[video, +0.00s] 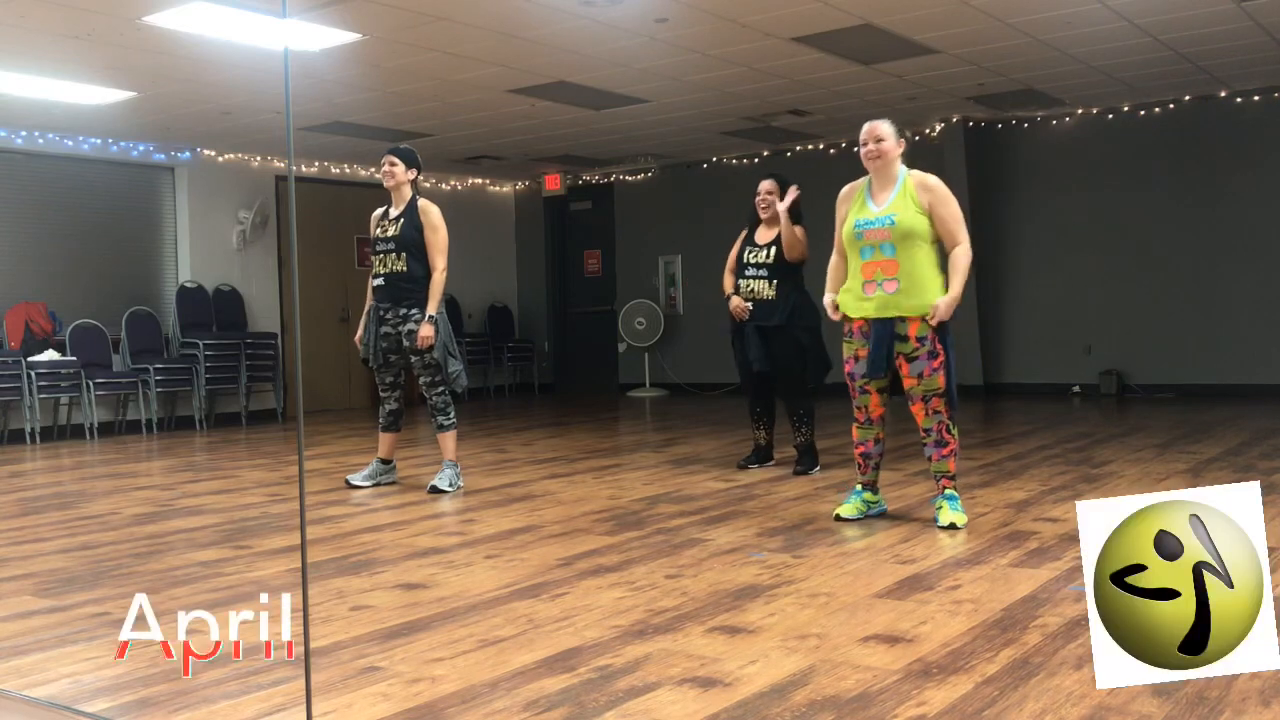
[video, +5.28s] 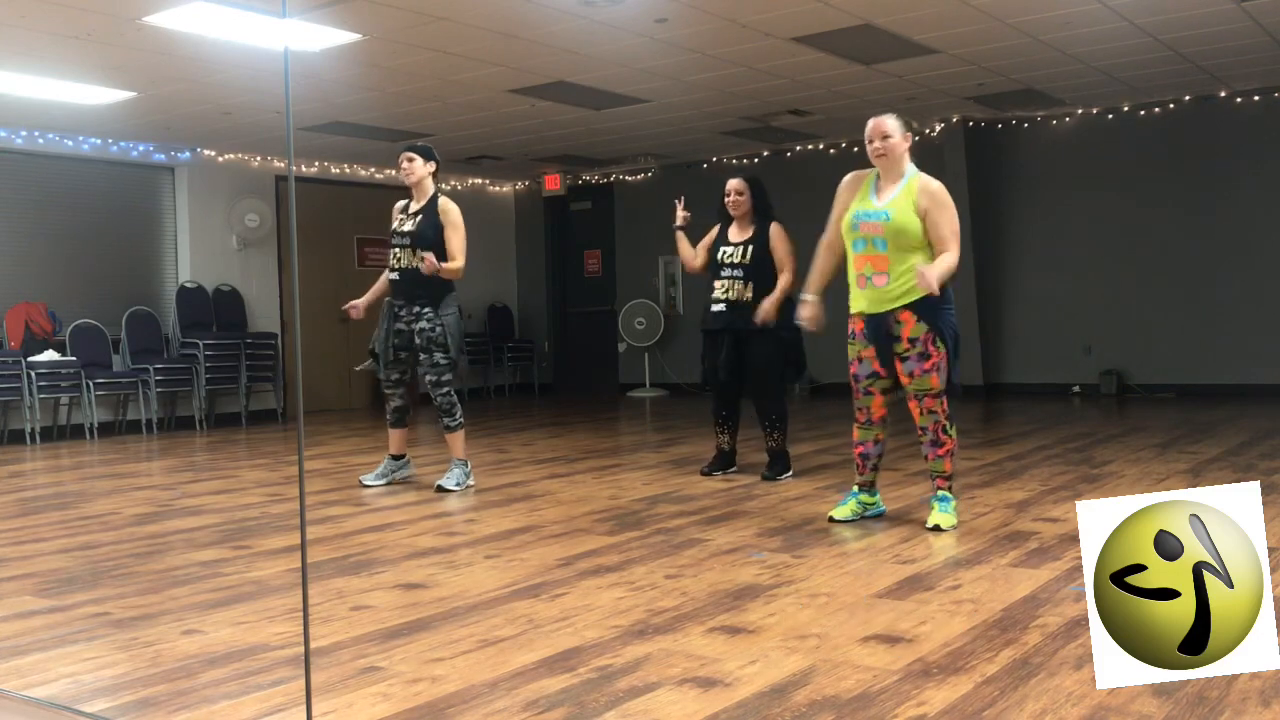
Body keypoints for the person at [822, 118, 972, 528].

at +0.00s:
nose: (870, 148)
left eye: (879, 140)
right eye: (864, 143)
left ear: (900, 146)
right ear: (859, 153)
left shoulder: (926, 187)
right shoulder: (849, 196)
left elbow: (959, 245)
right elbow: (840, 251)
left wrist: (952, 296)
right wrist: (831, 290)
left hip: (917, 319)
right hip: (861, 321)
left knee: (931, 408)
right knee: (865, 409)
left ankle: (947, 495)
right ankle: (867, 492)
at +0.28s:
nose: (855, 148)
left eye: (863, 141)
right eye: (849, 144)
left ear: (882, 149)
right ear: (841, 156)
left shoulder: (909, 191)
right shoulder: (830, 204)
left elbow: (941, 253)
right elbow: (812, 267)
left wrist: (932, 243)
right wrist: (785, 266)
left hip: (902, 315)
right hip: (846, 321)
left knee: (921, 404)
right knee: (857, 409)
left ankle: (945, 493)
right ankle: (865, 492)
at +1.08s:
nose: (908, 145)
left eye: (918, 138)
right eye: (903, 139)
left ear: (940, 145)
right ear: (896, 148)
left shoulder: (960, 192)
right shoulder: (879, 198)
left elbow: (992, 245)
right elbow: (862, 256)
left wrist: (970, 272)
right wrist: (844, 280)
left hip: (948, 314)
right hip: (893, 319)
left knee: (957, 405)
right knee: (886, 407)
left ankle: (965, 496)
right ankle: (872, 492)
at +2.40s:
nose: (849, 147)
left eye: (856, 140)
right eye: (841, 144)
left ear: (875, 148)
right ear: (834, 156)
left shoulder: (905, 189)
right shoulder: (822, 203)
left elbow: (938, 249)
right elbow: (816, 266)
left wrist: (954, 304)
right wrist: (806, 309)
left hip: (906, 311)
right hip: (848, 319)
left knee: (928, 401)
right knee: (861, 408)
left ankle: (955, 493)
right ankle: (869, 492)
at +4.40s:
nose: (881, 134)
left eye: (891, 127)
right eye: (876, 130)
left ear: (912, 139)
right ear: (869, 144)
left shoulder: (932, 185)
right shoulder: (856, 186)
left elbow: (944, 247)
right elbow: (845, 246)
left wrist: (939, 302)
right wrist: (837, 296)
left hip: (924, 311)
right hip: (870, 314)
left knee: (938, 401)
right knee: (842, 382)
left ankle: (952, 492)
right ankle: (864, 476)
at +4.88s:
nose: (868, 138)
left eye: (876, 131)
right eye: (860, 134)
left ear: (893, 140)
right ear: (851, 147)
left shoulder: (921, 182)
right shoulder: (838, 197)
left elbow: (956, 242)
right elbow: (821, 257)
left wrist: (978, 298)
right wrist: (783, 289)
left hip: (915, 309)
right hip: (857, 314)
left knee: (934, 399)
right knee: (857, 402)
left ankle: (948, 492)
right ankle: (863, 491)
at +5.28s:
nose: (876, 145)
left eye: (885, 137)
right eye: (870, 140)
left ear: (907, 141)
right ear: (865, 148)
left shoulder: (929, 191)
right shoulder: (852, 185)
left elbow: (950, 251)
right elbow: (831, 242)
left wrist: (934, 271)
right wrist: (812, 293)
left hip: (918, 312)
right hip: (864, 315)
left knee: (928, 406)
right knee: (866, 405)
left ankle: (942, 496)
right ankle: (866, 493)